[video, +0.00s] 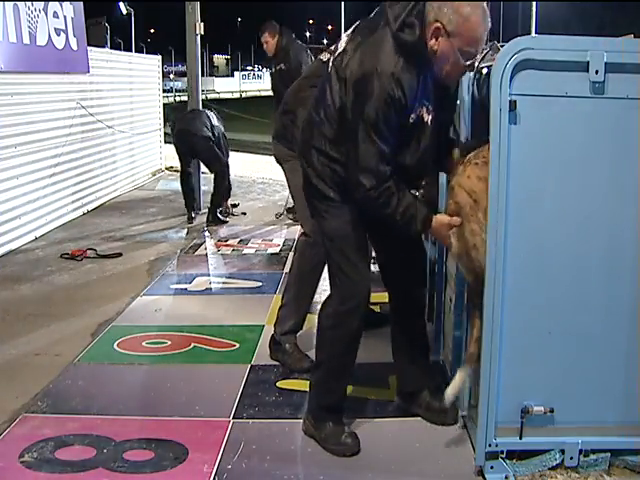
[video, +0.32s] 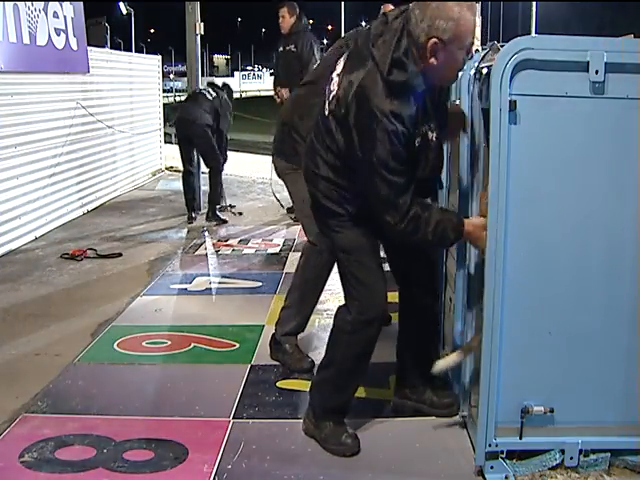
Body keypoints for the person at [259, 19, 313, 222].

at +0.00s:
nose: (265, 47)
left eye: (267, 42)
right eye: (263, 43)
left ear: (276, 38)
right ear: (270, 39)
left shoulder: (295, 55)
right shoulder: (278, 56)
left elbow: (303, 91)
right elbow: (280, 93)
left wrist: (299, 121)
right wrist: (281, 119)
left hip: (297, 119)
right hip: (286, 118)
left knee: (294, 159)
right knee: (290, 159)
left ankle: (304, 206)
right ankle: (298, 202)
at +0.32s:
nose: (280, 21)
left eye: (283, 17)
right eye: (279, 17)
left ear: (294, 17)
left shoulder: (307, 39)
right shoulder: (283, 41)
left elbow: (313, 71)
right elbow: (278, 68)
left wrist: (291, 91)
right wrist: (278, 86)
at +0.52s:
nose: (286, 17)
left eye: (289, 13)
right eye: (286, 13)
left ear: (300, 14)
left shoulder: (311, 36)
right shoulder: (287, 36)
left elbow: (315, 73)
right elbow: (280, 62)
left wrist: (291, 82)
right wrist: (277, 77)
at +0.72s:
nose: (287, 15)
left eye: (290, 11)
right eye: (286, 12)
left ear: (302, 12)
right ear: (291, 13)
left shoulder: (311, 36)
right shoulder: (287, 35)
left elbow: (317, 72)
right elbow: (283, 65)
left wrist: (293, 77)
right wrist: (272, 69)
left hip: (305, 106)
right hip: (286, 105)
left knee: (301, 152)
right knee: (285, 151)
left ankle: (301, 199)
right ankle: (288, 198)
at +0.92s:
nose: (283, 16)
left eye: (286, 12)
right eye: (282, 12)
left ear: (297, 12)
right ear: (287, 13)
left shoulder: (308, 36)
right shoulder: (285, 35)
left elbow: (314, 72)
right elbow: (278, 66)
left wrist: (291, 72)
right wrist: (263, 59)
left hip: (298, 109)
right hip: (283, 107)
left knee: (284, 154)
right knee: (278, 153)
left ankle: (274, 204)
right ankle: (274, 202)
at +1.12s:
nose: (273, 18)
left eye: (276, 14)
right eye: (272, 14)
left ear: (288, 13)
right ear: (275, 15)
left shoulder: (300, 38)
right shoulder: (272, 37)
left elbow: (304, 70)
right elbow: (264, 66)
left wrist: (285, 64)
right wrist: (249, 50)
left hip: (293, 109)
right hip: (276, 108)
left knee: (274, 159)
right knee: (270, 158)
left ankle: (259, 205)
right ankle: (258, 206)